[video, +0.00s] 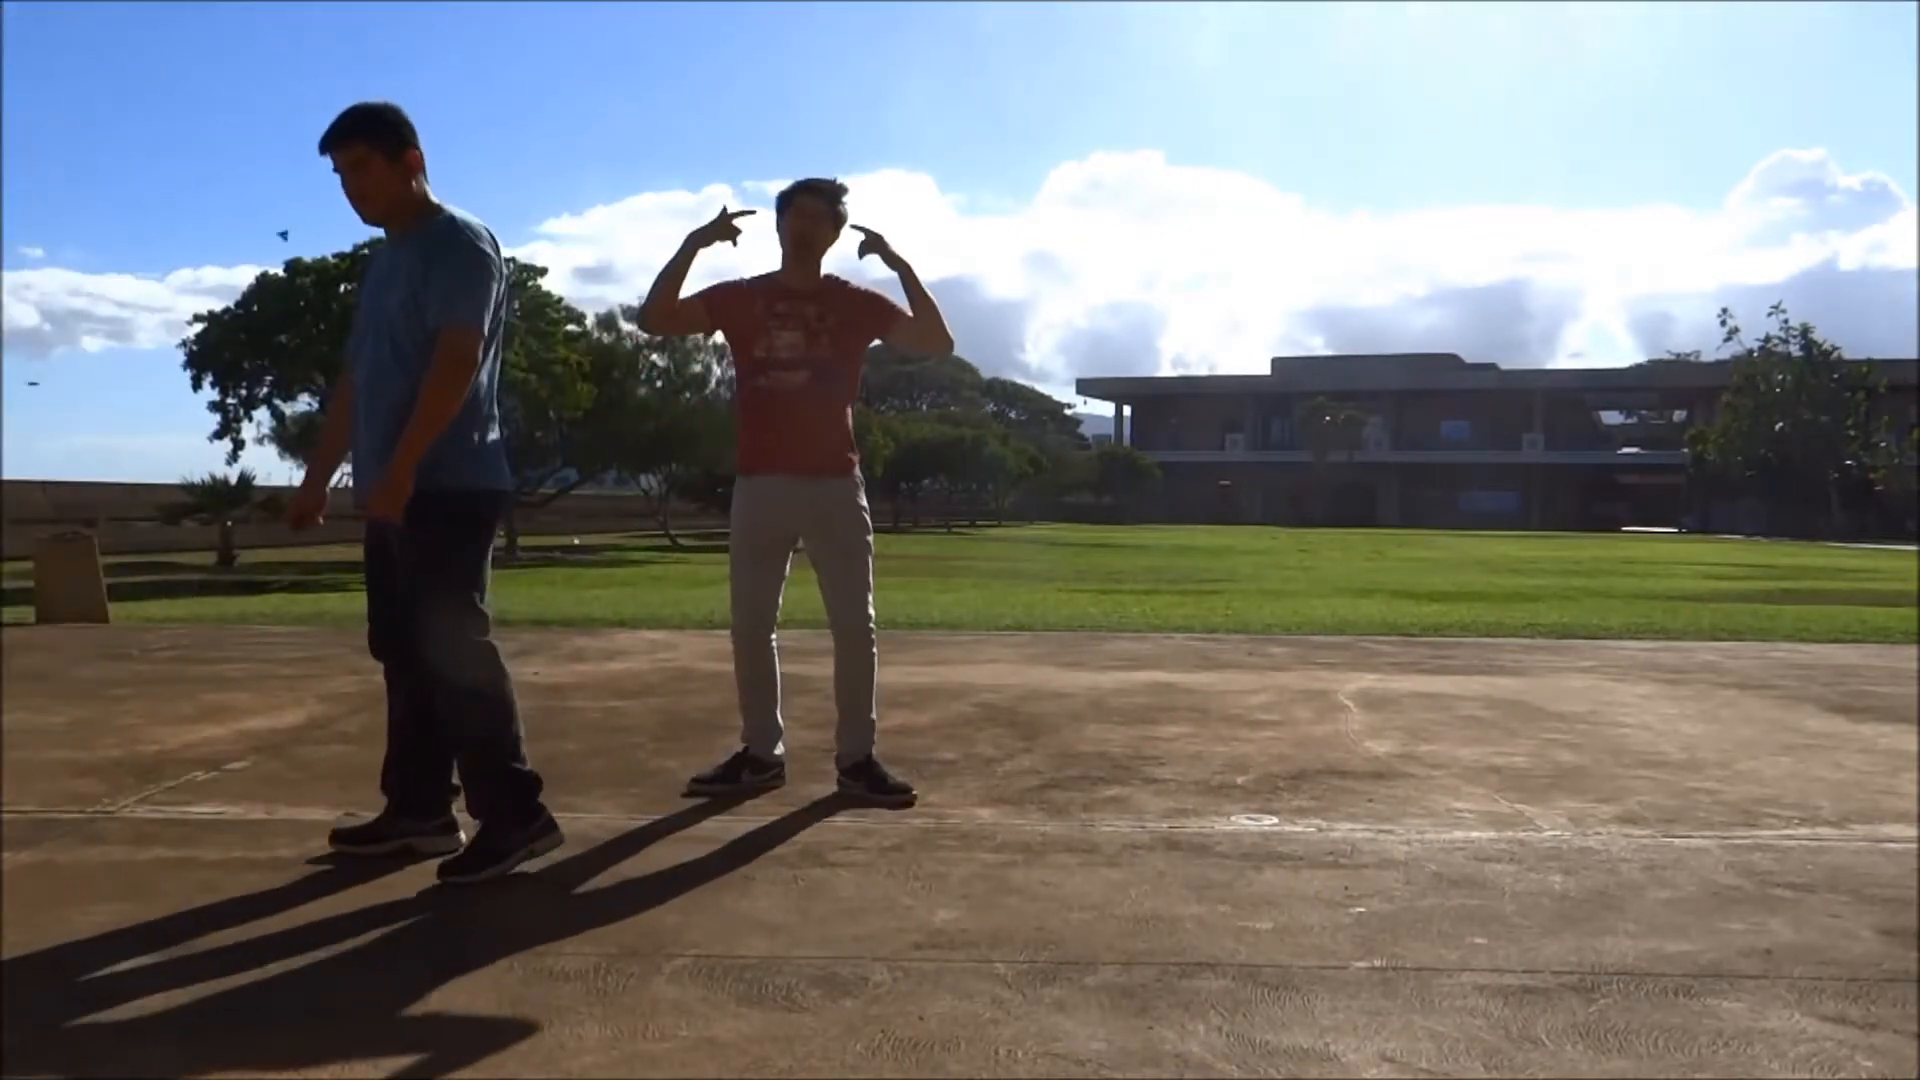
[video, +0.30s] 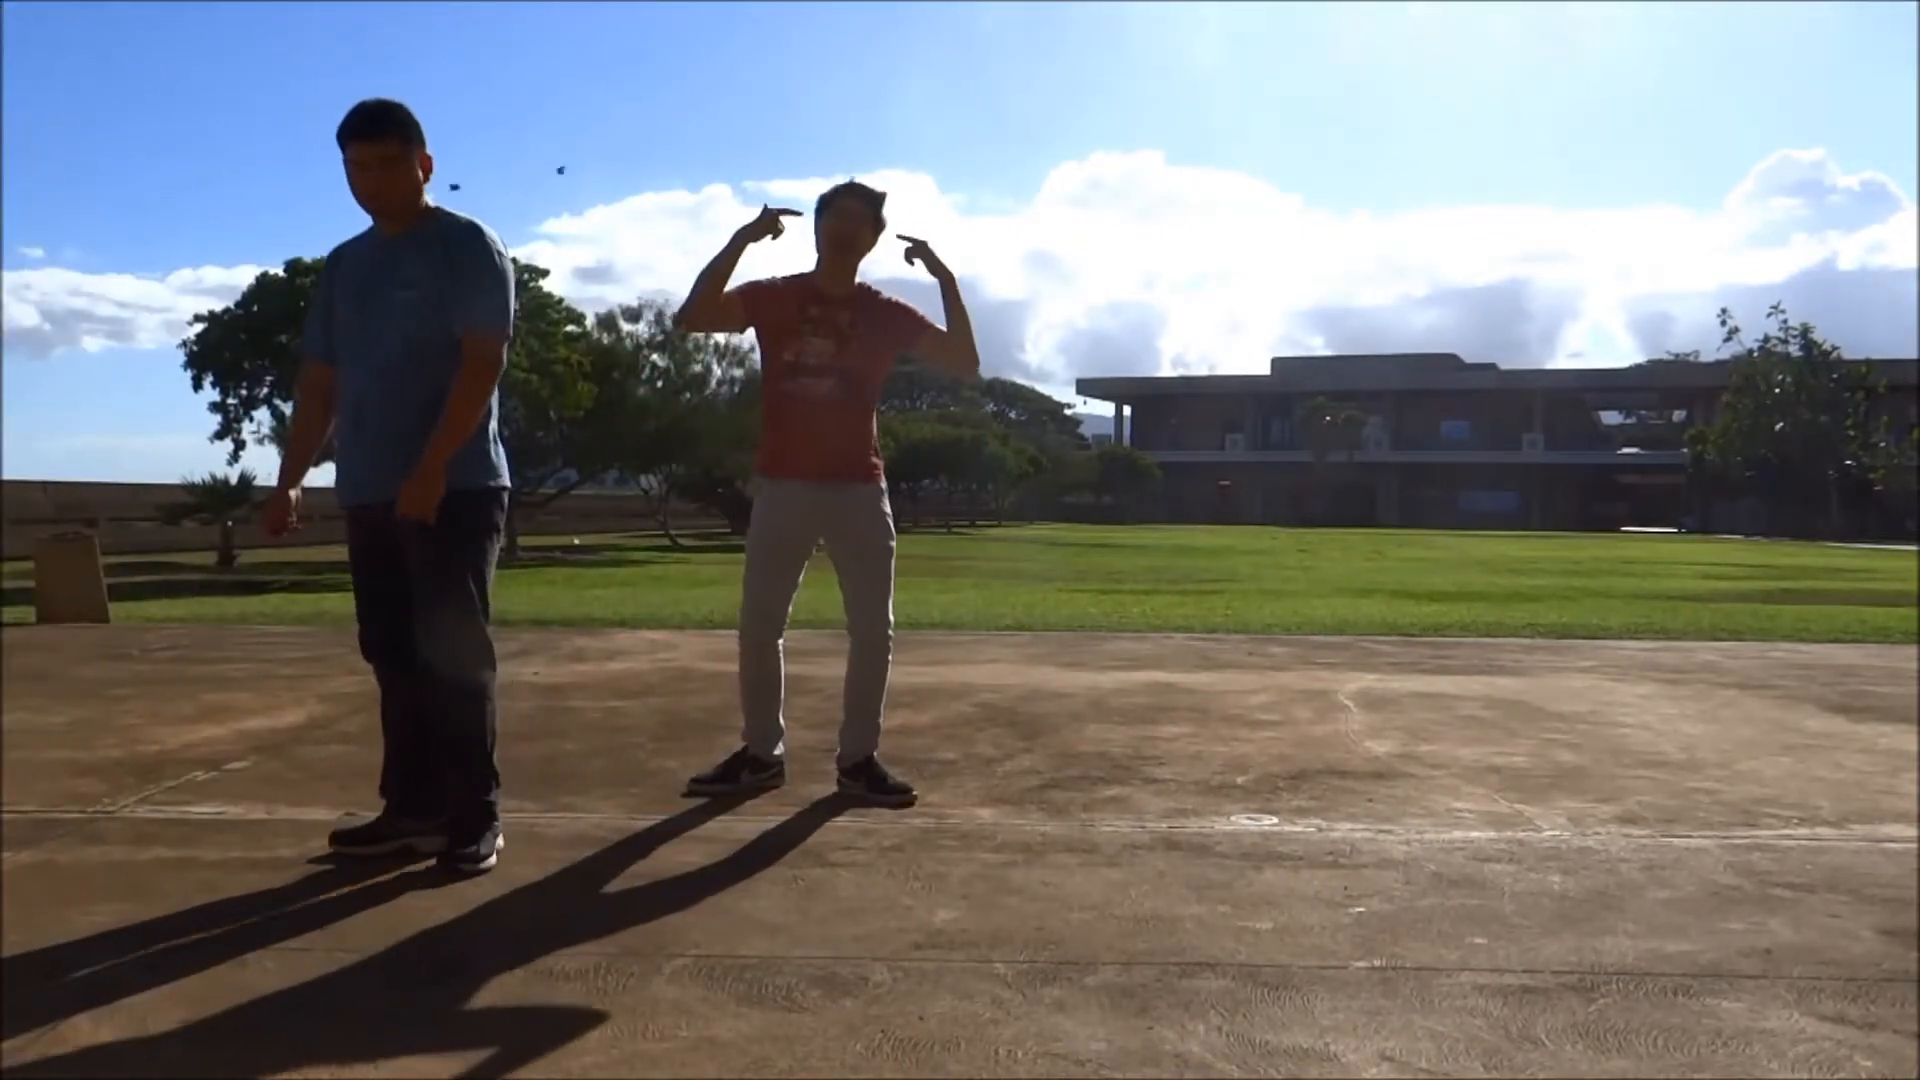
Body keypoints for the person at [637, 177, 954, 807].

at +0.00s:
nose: (810, 225)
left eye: (822, 217)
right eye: (800, 214)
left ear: (837, 231)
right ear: (780, 223)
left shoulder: (853, 302)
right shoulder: (742, 298)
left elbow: (936, 341)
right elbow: (656, 316)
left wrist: (901, 265)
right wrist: (694, 243)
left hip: (835, 488)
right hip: (761, 486)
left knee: (855, 626)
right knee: (751, 628)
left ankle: (858, 760)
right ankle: (761, 755)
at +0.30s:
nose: (846, 228)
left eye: (860, 220)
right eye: (836, 215)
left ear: (876, 236)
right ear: (816, 225)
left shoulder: (884, 313)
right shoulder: (776, 297)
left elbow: (965, 361)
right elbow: (693, 315)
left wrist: (946, 280)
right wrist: (741, 239)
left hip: (859, 493)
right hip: (783, 489)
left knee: (873, 629)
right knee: (759, 625)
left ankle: (858, 761)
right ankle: (761, 755)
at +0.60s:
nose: (877, 221)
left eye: (889, 211)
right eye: (865, 210)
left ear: (904, 225)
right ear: (844, 221)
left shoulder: (915, 310)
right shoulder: (805, 286)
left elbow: (996, 355)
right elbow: (720, 299)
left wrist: (980, 278)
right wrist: (768, 233)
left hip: (881, 487)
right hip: (807, 480)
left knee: (877, 630)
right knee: (774, 619)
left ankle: (859, 761)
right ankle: (759, 751)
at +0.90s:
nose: (891, 218)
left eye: (902, 208)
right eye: (879, 208)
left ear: (920, 218)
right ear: (860, 218)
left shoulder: (937, 303)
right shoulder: (824, 280)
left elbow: (1018, 349)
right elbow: (739, 292)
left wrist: (1014, 297)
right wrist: (773, 249)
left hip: (897, 484)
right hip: (826, 476)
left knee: (877, 628)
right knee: (797, 618)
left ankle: (859, 761)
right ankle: (766, 749)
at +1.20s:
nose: (922, 209)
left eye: (924, 200)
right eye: (907, 200)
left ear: (927, 215)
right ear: (872, 216)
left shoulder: (949, 305)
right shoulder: (833, 288)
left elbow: (994, 379)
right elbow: (765, 349)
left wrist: (976, 397)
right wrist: (816, 381)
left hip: (911, 480)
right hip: (846, 476)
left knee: (886, 620)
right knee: (850, 615)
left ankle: (866, 760)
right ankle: (837, 765)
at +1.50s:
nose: (933, 209)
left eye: (931, 199)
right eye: (918, 200)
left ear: (925, 214)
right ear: (878, 215)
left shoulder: (952, 300)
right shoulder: (841, 293)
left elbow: (979, 393)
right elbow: (796, 387)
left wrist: (981, 468)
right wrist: (828, 466)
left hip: (930, 484)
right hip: (863, 481)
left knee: (893, 622)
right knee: (889, 621)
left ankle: (857, 756)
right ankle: (904, 763)